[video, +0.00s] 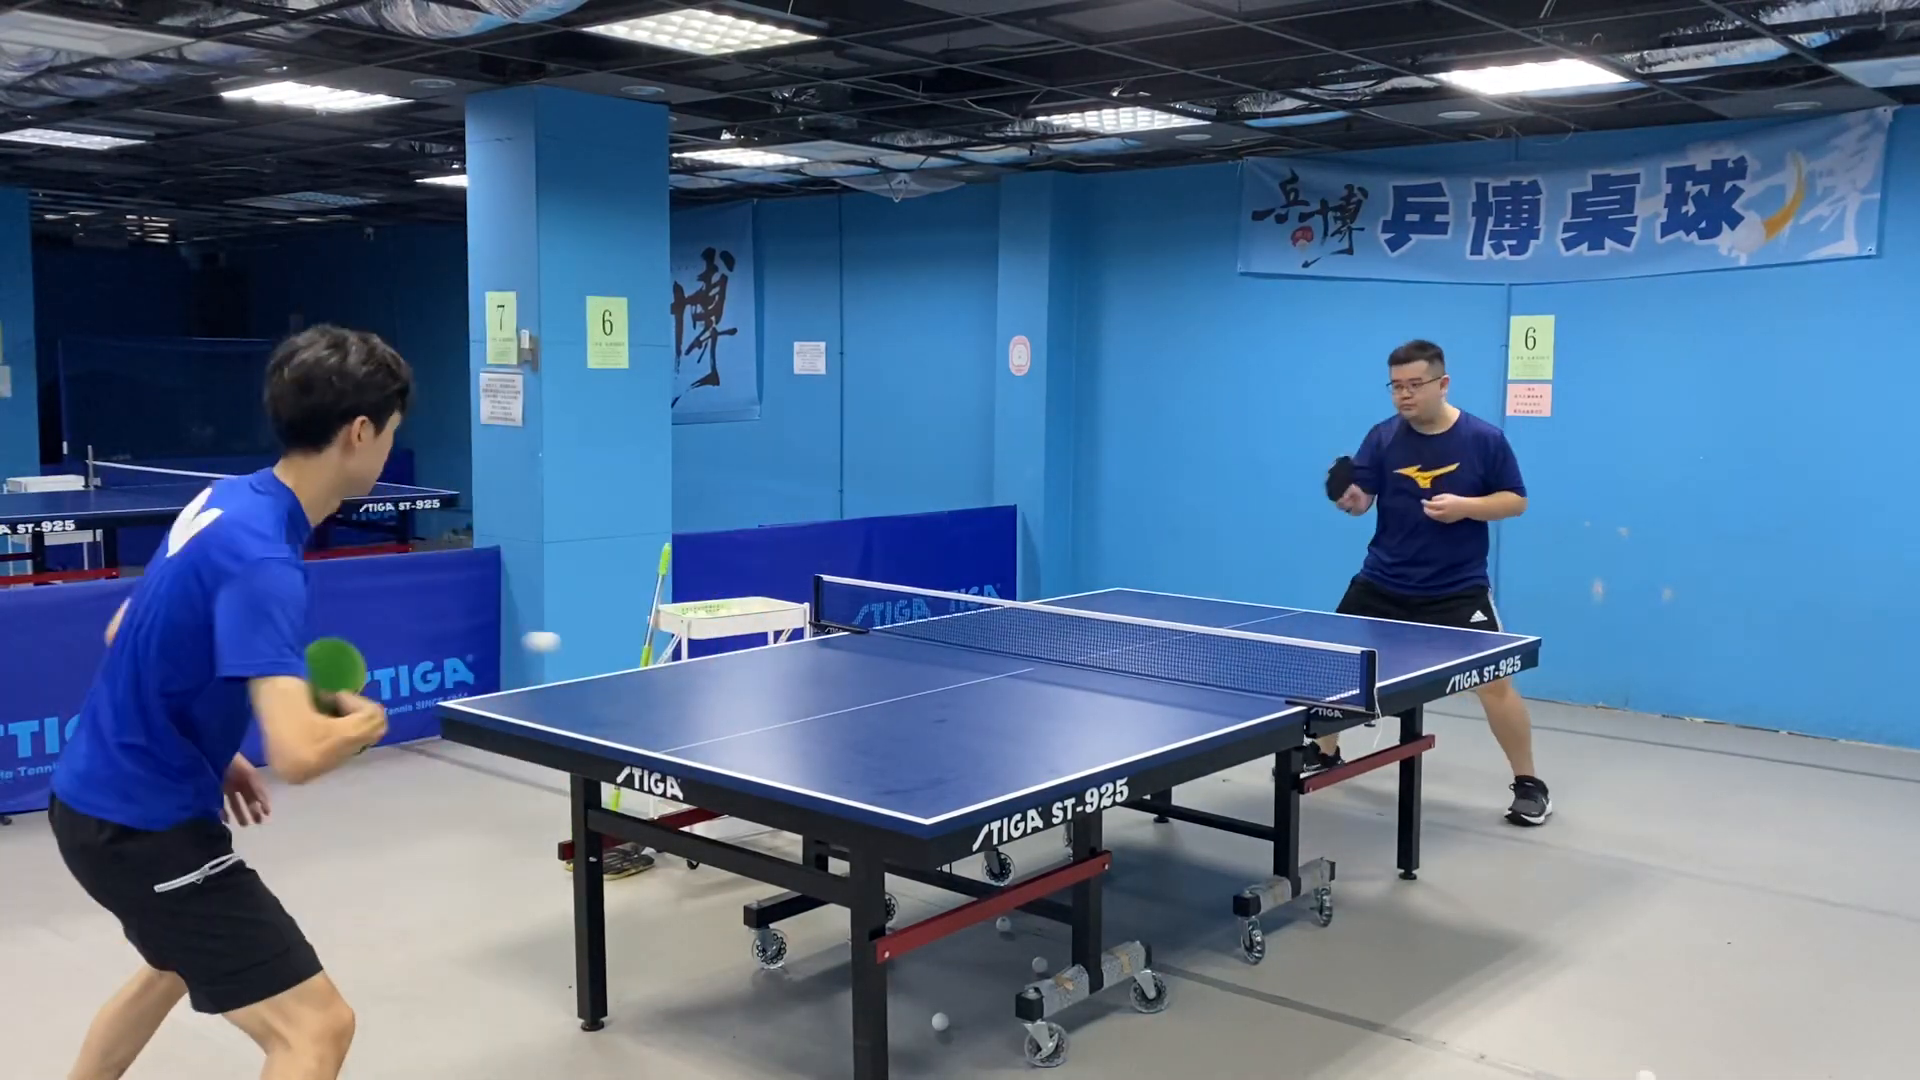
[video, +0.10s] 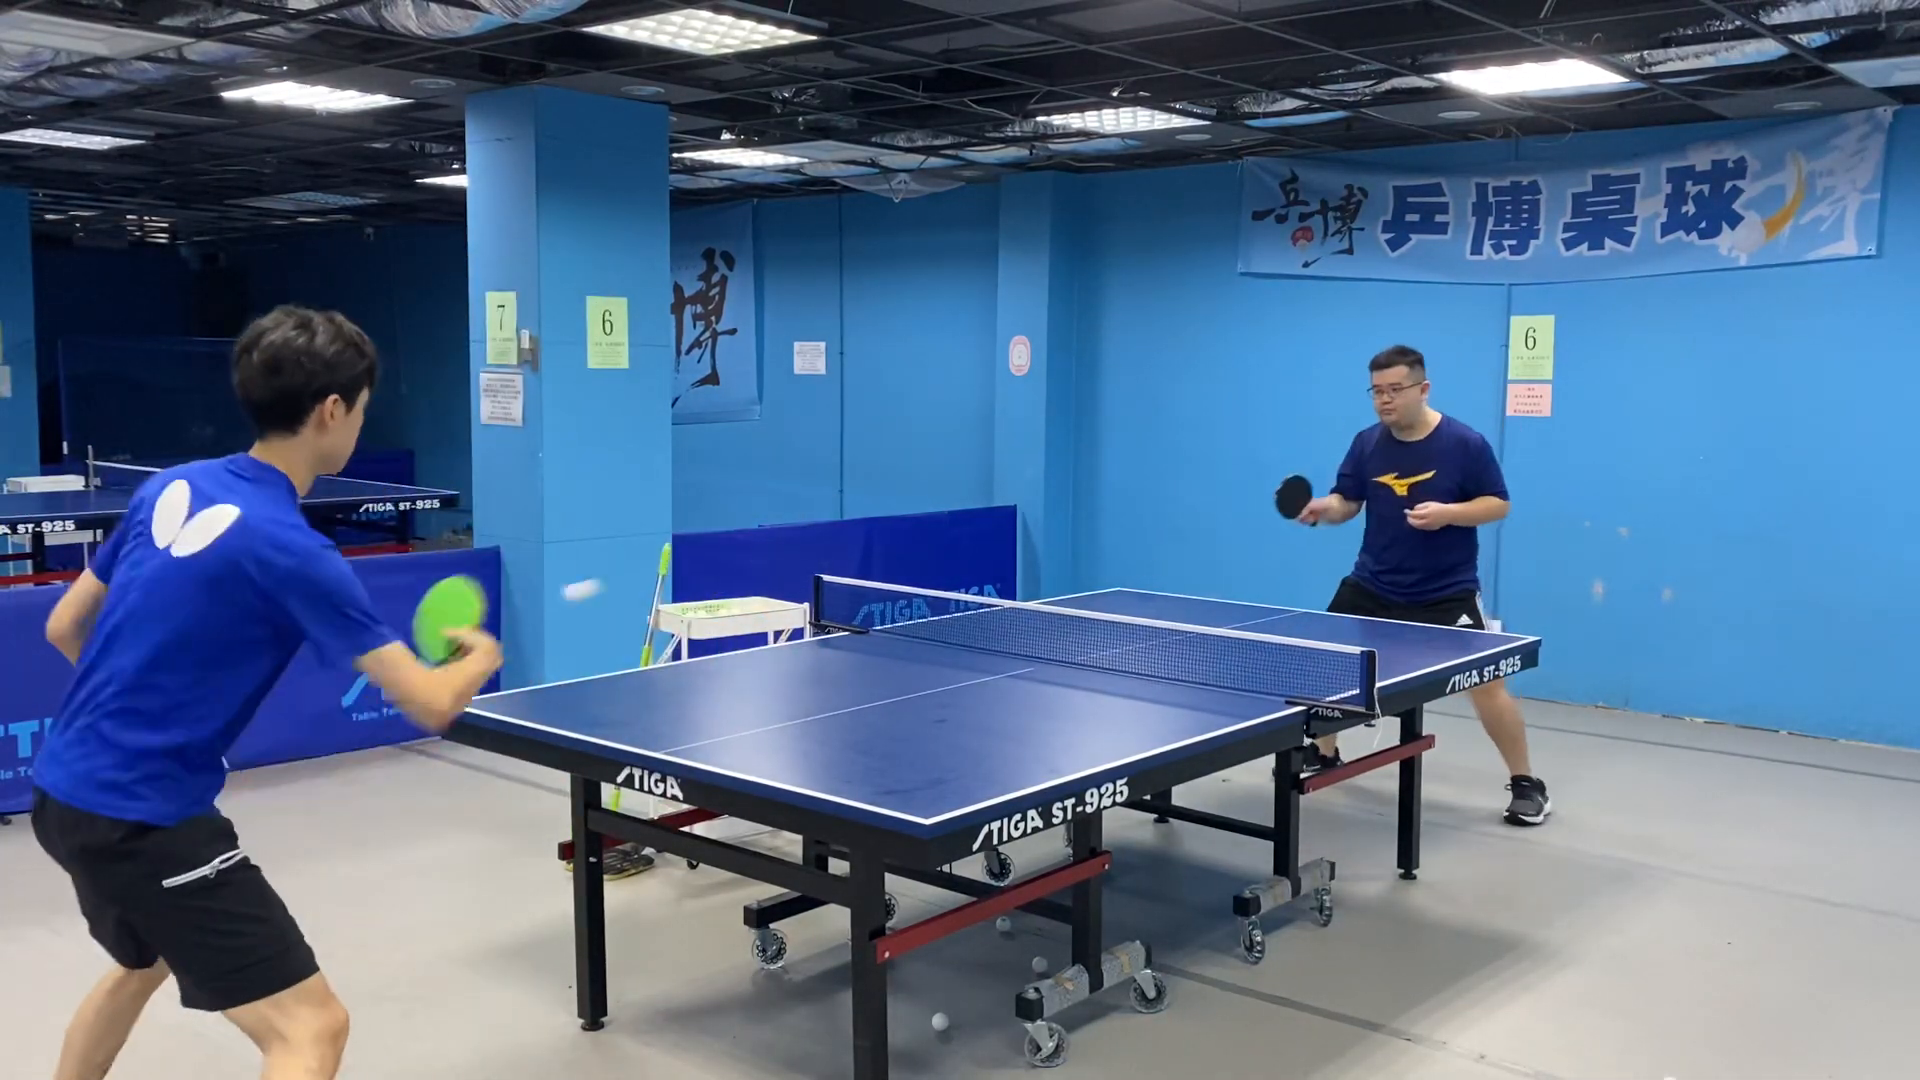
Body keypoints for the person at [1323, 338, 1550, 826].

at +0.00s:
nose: (1403, 393)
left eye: (1414, 384)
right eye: (1396, 385)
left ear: (1442, 384)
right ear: (1391, 387)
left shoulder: (1484, 439)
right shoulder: (1382, 438)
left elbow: (1516, 501)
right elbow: (1360, 499)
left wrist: (1466, 506)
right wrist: (1348, 496)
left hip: (1457, 591)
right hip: (1381, 584)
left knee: (1494, 681)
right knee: (1327, 659)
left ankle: (1527, 783)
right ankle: (1325, 749)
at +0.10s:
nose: (1383, 399)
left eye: (1394, 390)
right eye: (1377, 390)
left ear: (1423, 389)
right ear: (1372, 392)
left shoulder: (1465, 444)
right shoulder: (1367, 444)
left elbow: (1499, 505)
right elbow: (1346, 501)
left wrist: (1448, 513)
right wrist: (1321, 509)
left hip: (1445, 595)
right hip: (1370, 588)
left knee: (1485, 681)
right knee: (1317, 656)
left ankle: (1524, 782)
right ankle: (1324, 751)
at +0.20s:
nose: (1364, 396)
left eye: (1374, 387)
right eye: (1358, 388)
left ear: (1405, 386)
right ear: (1355, 391)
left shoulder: (1451, 439)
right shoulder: (1360, 443)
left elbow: (1489, 497)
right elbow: (1347, 501)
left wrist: (1424, 501)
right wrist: (1306, 517)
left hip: (1444, 594)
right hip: (1371, 588)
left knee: (1480, 682)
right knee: (1317, 660)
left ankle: (1523, 783)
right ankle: (1326, 752)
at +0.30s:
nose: (1353, 398)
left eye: (1363, 387)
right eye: (1347, 390)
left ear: (1392, 384)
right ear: (1345, 394)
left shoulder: (1439, 430)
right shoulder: (1364, 447)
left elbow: (1473, 488)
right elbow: (1365, 508)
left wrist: (1396, 482)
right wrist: (1318, 532)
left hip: (1449, 588)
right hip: (1382, 585)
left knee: (1481, 684)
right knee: (1331, 661)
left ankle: (1525, 783)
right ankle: (1327, 752)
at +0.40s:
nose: (1344, 413)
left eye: (1350, 401)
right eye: (1338, 405)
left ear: (1382, 393)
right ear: (1343, 407)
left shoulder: (1430, 431)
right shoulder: (1374, 450)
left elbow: (1454, 489)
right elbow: (1390, 520)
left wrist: (1380, 470)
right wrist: (1340, 544)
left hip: (1454, 588)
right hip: (1391, 586)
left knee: (1480, 686)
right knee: (1333, 658)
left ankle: (1527, 785)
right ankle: (1328, 750)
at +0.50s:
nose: (1337, 419)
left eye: (1341, 407)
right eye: (1332, 411)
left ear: (1374, 398)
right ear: (1364, 405)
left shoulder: (1428, 433)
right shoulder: (1367, 455)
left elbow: (1459, 492)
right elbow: (1374, 518)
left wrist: (1385, 474)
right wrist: (1321, 530)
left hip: (1453, 590)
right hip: (1386, 588)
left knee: (1479, 688)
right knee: (1327, 658)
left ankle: (1526, 785)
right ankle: (1327, 751)